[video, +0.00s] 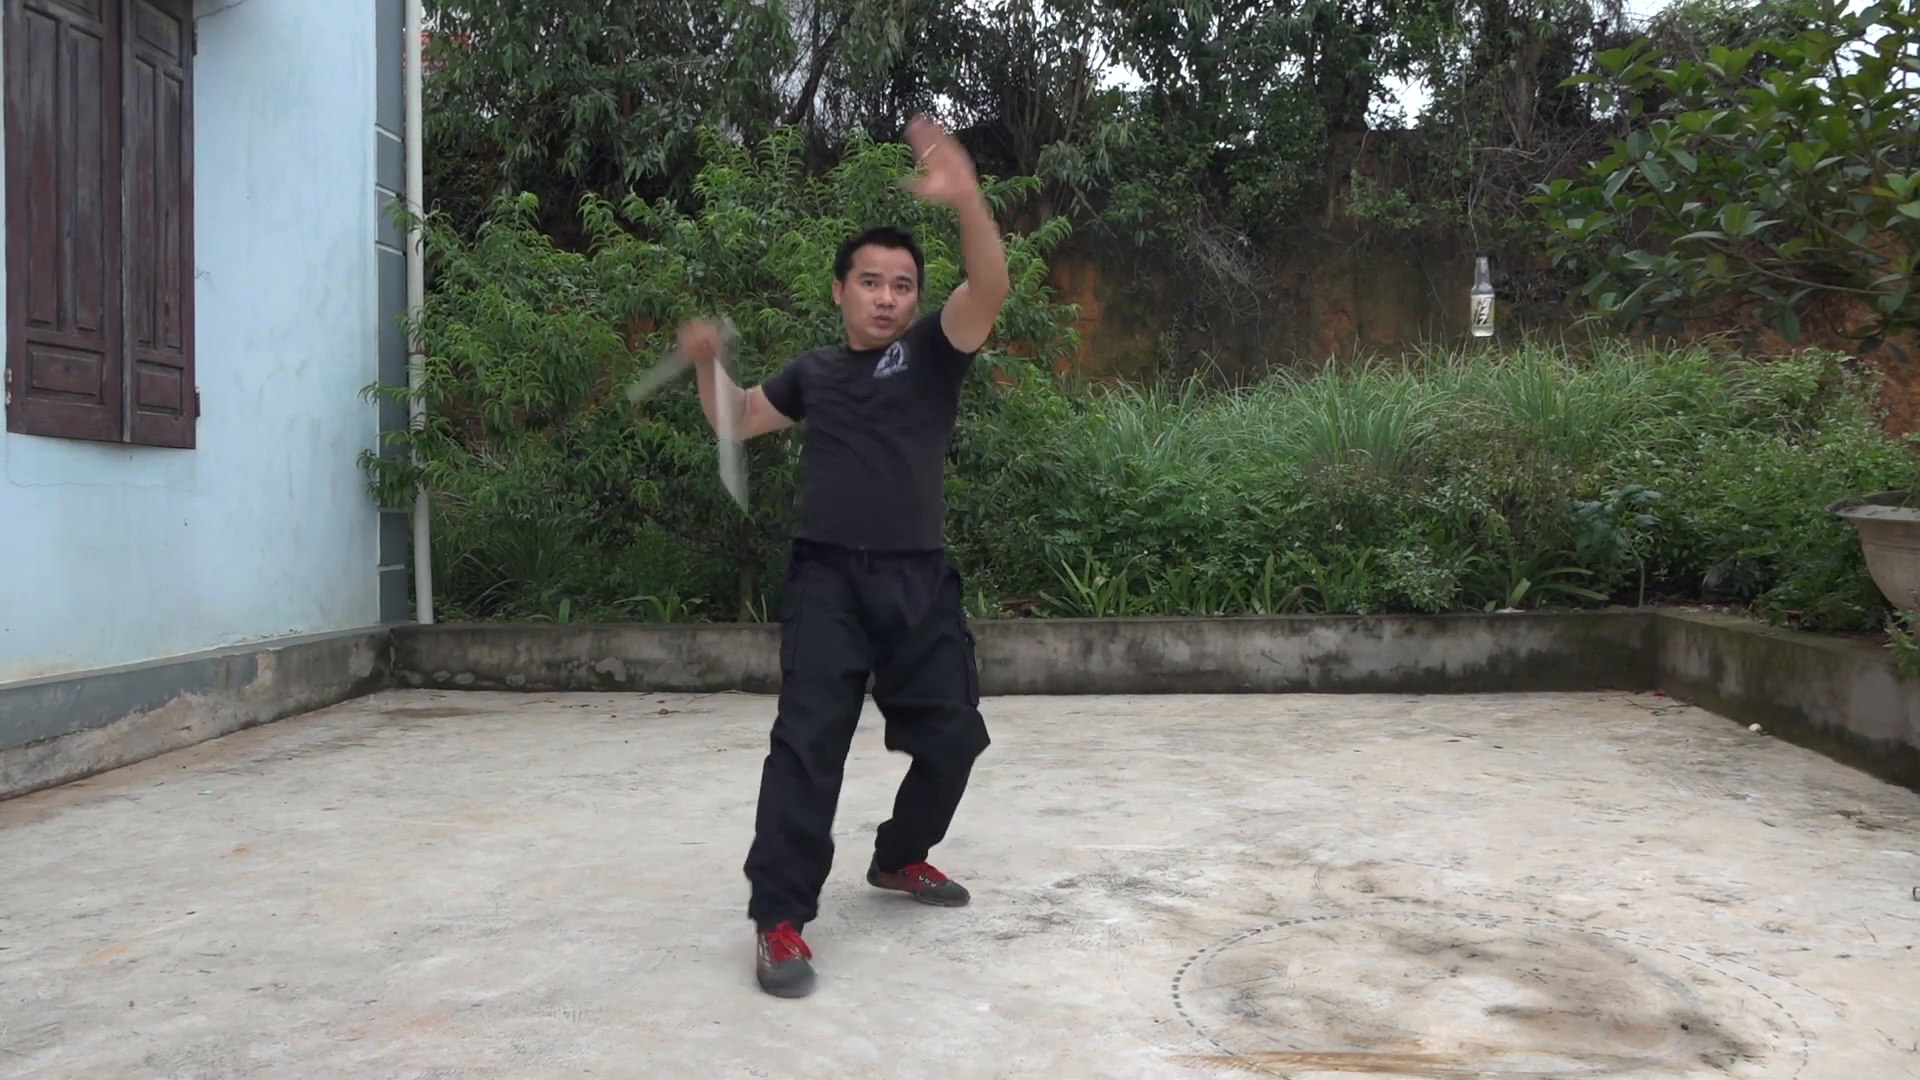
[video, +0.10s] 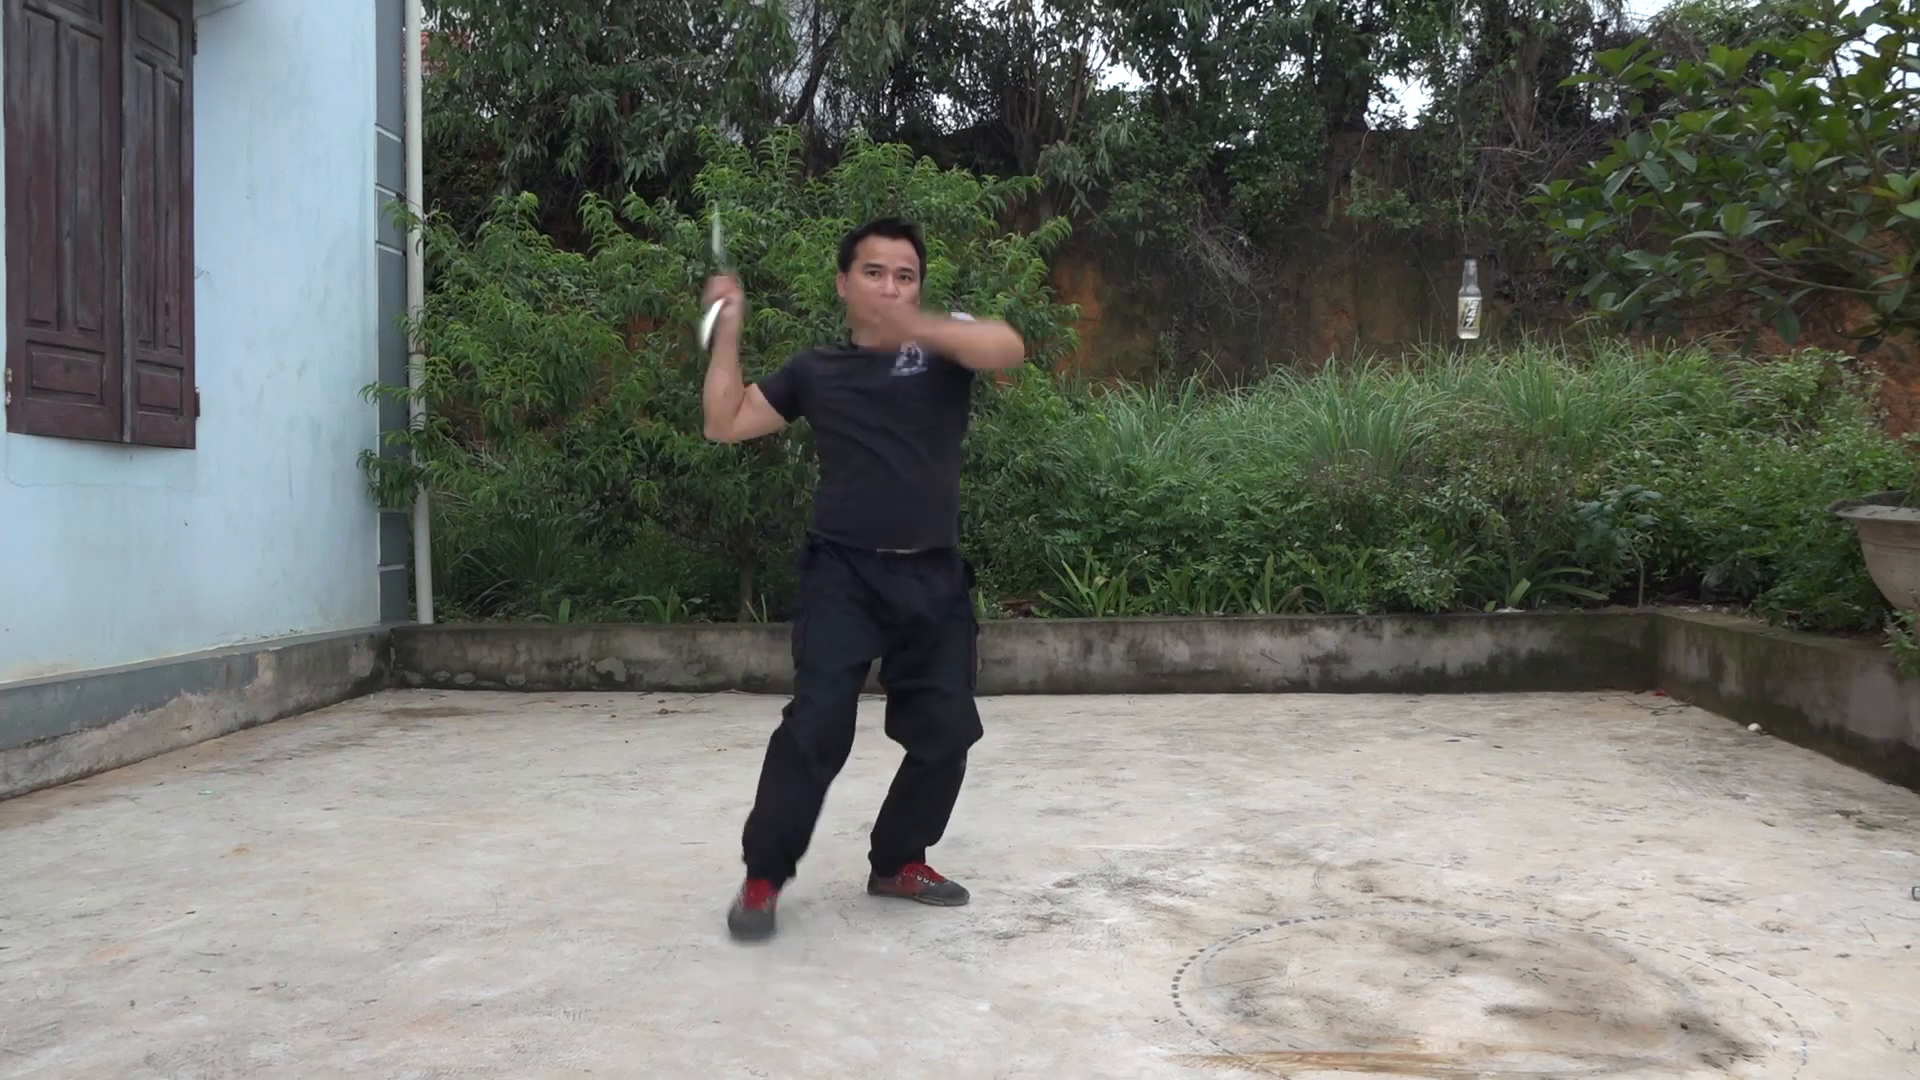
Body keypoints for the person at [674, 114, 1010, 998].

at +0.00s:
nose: (887, 298)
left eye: (901, 286)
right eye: (871, 282)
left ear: (918, 297)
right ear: (841, 293)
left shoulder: (931, 355)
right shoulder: (812, 373)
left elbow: (987, 288)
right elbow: (737, 421)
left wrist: (968, 200)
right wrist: (708, 366)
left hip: (918, 583)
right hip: (828, 582)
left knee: (953, 735)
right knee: (807, 741)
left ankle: (899, 860)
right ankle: (780, 918)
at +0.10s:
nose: (890, 287)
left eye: (904, 276)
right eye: (875, 273)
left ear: (919, 291)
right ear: (843, 284)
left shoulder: (946, 356)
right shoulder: (817, 371)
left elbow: (1011, 348)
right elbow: (723, 423)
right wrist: (726, 327)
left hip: (932, 573)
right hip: (841, 570)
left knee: (947, 730)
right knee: (820, 719)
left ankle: (898, 862)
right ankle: (763, 877)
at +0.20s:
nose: (894, 293)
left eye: (909, 281)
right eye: (879, 279)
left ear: (927, 298)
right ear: (853, 292)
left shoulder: (956, 373)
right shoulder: (820, 363)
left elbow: (1000, 463)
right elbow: (718, 371)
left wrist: (929, 484)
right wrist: (749, 276)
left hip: (939, 587)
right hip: (844, 583)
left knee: (961, 727)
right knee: (796, 724)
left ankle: (899, 862)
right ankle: (771, 807)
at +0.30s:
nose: (883, 310)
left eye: (900, 300)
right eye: (871, 297)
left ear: (926, 321)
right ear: (853, 311)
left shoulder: (945, 404)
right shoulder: (824, 366)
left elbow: (970, 495)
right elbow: (748, 318)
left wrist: (979, 570)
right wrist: (725, 241)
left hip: (927, 600)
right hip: (836, 593)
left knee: (962, 725)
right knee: (799, 725)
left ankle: (897, 863)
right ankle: (794, 782)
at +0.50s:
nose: (828, 316)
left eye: (841, 307)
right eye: (831, 304)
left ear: (883, 324)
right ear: (864, 321)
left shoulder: (931, 398)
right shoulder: (805, 375)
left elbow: (1023, 441)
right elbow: (705, 365)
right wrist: (644, 295)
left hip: (904, 587)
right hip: (825, 586)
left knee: (926, 699)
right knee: (820, 691)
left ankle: (899, 860)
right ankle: (826, 782)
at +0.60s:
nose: (813, 313)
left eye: (820, 303)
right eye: (815, 303)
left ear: (853, 314)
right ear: (849, 314)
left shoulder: (915, 371)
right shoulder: (814, 371)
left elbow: (1003, 352)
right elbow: (738, 380)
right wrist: (668, 335)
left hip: (901, 571)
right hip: (830, 571)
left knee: (910, 696)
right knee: (821, 690)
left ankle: (945, 848)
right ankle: (824, 784)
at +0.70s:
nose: (820, 333)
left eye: (831, 322)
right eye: (816, 321)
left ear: (867, 326)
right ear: (818, 330)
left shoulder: (895, 386)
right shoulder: (839, 388)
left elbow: (870, 319)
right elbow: (813, 404)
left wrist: (788, 273)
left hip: (905, 569)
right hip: (849, 573)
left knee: (905, 703)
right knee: (816, 688)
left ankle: (983, 849)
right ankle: (829, 788)